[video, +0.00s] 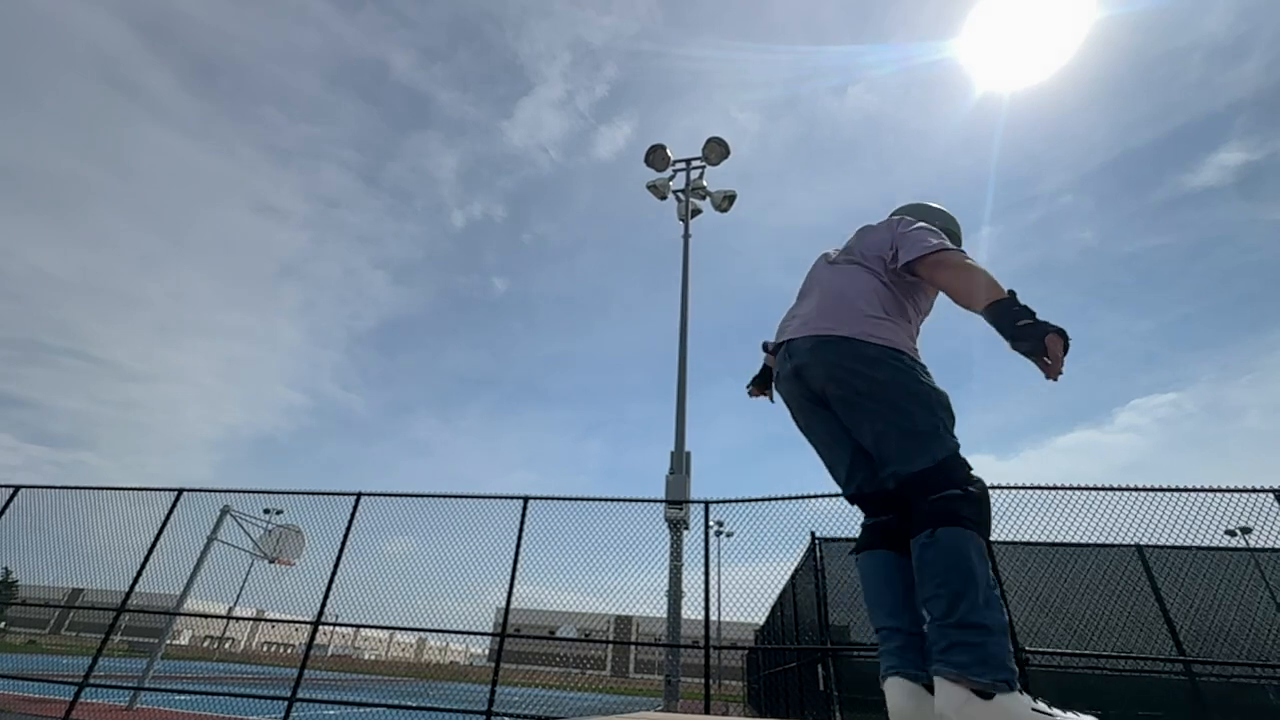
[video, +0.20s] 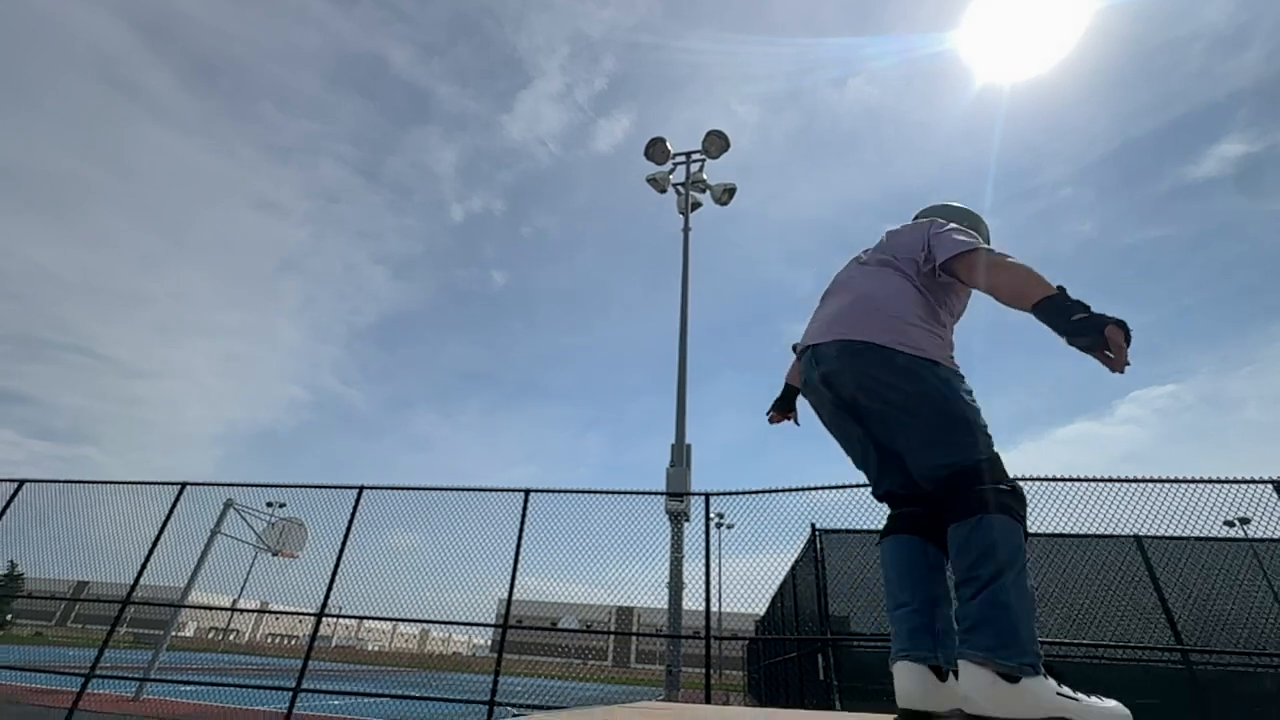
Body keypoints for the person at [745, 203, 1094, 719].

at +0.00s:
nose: (951, 254)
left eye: (954, 249)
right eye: (947, 244)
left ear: (896, 220)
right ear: (931, 227)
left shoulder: (836, 259)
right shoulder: (907, 227)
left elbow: (798, 317)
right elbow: (941, 264)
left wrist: (769, 366)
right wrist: (1018, 319)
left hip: (795, 368)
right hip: (860, 348)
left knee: (882, 508)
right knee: (948, 493)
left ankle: (904, 679)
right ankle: (975, 681)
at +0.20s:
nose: (977, 251)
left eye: (976, 242)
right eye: (973, 240)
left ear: (922, 223)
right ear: (957, 228)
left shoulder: (864, 262)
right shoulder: (938, 231)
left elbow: (815, 334)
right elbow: (987, 269)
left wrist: (789, 390)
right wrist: (1073, 317)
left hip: (823, 370)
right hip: (891, 349)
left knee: (911, 504)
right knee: (983, 493)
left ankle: (921, 665)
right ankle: (1002, 668)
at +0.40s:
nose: (1004, 266)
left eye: (1005, 260)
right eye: (1002, 257)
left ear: (945, 238)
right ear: (986, 242)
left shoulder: (894, 273)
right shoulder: (972, 246)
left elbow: (841, 354)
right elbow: (1025, 280)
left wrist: (818, 423)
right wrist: (1127, 326)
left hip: (845, 372)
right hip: (914, 355)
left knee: (937, 512)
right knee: (1017, 494)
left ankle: (931, 674)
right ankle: (1036, 673)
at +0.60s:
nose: (1038, 274)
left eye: (1036, 268)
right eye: (1033, 266)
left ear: (970, 248)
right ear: (1015, 252)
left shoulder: (920, 279)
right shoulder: (1006, 258)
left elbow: (866, 372)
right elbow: (1076, 296)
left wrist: (857, 456)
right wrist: (1184, 340)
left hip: (863, 376)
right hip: (943, 360)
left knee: (953, 524)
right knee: (1052, 503)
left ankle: (942, 678)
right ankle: (1082, 678)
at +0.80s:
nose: (1071, 276)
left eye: (1068, 270)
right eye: (1065, 266)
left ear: (998, 250)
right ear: (1050, 255)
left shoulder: (952, 276)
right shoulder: (1044, 262)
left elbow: (932, 383)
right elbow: (1121, 296)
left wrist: (918, 476)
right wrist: (1235, 342)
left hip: (886, 372)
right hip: (975, 354)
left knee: (971, 521)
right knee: (1088, 499)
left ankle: (955, 676)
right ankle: (1127, 677)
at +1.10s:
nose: (1105, 275)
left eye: (1102, 270)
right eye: (1102, 267)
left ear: (1032, 250)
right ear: (1087, 257)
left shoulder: (986, 275)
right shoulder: (1081, 262)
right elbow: (1165, 298)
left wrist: (1000, 469)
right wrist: (1264, 341)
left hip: (922, 369)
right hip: (1015, 356)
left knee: (993, 523)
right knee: (1128, 494)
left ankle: (962, 669)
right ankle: (1183, 669)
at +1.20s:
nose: (1122, 282)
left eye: (1121, 273)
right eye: (1117, 272)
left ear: (1048, 254)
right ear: (1102, 260)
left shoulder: (1005, 280)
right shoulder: (1097, 265)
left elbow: (1011, 399)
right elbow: (1178, 300)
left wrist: (1051, 487)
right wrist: (1272, 344)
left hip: (934, 375)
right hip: (1029, 359)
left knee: (1002, 529)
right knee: (1145, 497)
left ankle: (967, 674)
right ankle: (1203, 673)